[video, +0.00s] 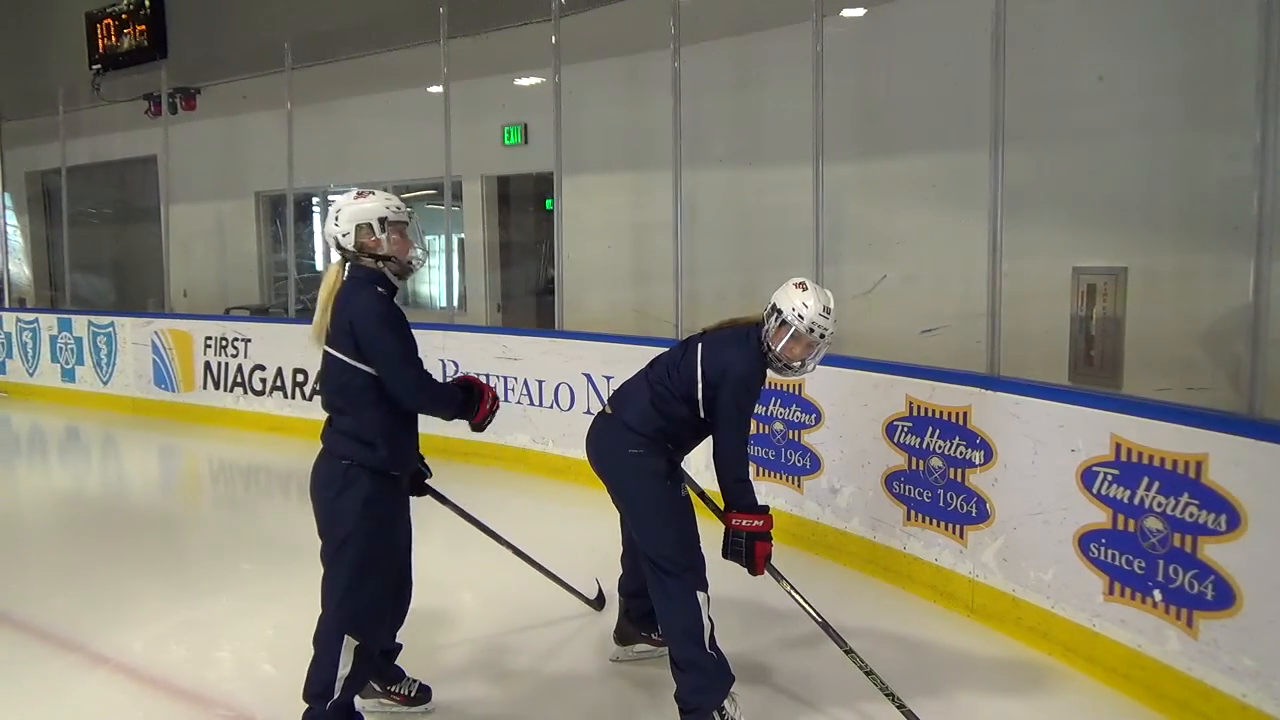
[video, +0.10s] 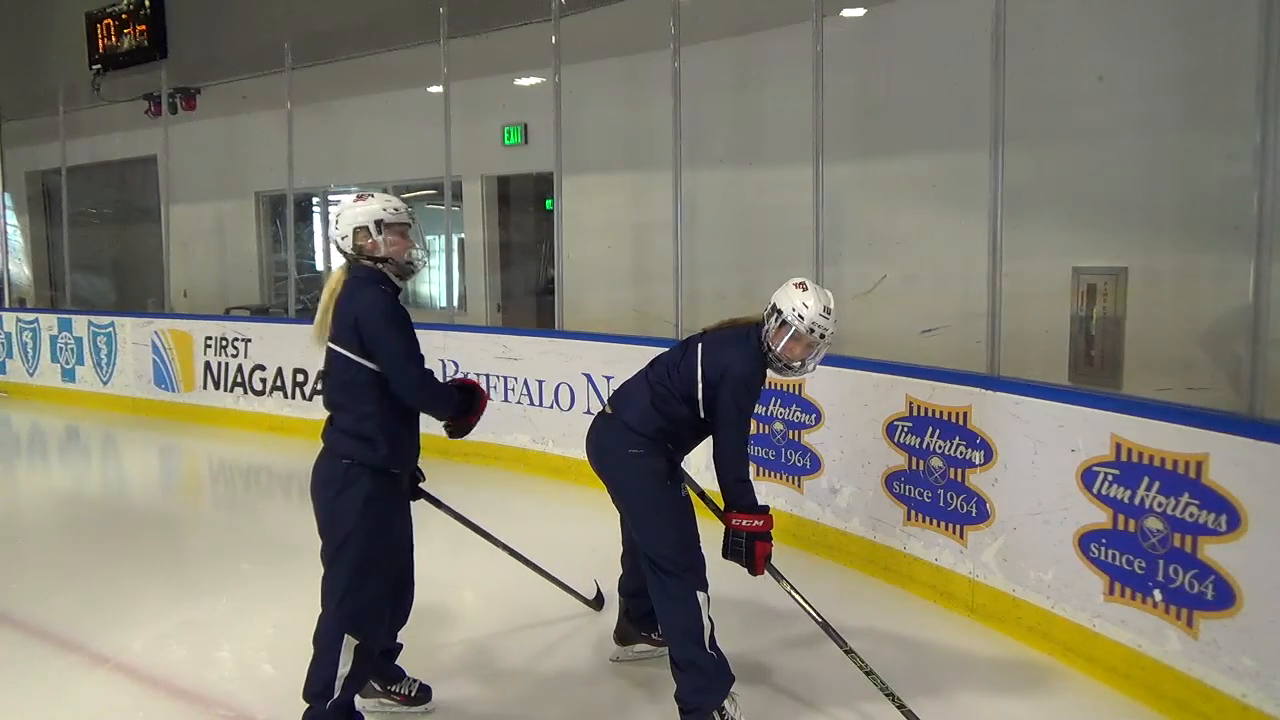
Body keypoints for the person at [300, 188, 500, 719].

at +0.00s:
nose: (409, 239)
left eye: (406, 229)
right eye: (397, 230)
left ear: (372, 239)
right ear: (367, 239)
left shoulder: (359, 293)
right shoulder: (368, 300)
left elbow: (368, 394)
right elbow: (410, 387)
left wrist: (404, 460)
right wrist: (466, 396)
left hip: (371, 469)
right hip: (356, 474)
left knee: (387, 579)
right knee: (353, 596)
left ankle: (377, 670)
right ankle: (328, 706)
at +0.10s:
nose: (410, 242)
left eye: (409, 232)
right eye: (399, 232)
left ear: (373, 240)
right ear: (368, 239)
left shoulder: (359, 291)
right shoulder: (372, 297)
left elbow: (367, 393)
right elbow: (413, 385)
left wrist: (398, 464)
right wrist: (462, 398)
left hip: (370, 468)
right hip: (357, 473)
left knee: (390, 579)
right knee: (353, 594)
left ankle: (377, 668)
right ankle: (328, 705)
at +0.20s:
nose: (408, 242)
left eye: (410, 232)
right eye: (395, 233)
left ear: (411, 239)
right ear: (364, 241)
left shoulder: (362, 293)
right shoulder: (372, 297)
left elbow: (365, 393)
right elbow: (410, 384)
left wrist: (397, 465)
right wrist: (455, 403)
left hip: (372, 467)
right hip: (357, 472)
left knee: (390, 578)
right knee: (353, 594)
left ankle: (378, 669)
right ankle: (329, 706)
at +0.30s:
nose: (407, 244)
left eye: (409, 234)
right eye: (394, 234)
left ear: (412, 239)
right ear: (364, 242)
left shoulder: (366, 294)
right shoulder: (369, 298)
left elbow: (365, 394)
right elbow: (407, 386)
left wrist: (399, 463)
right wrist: (455, 400)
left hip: (374, 468)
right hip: (355, 472)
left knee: (391, 579)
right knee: (353, 595)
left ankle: (378, 670)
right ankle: (329, 707)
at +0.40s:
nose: (405, 244)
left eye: (408, 234)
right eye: (392, 235)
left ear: (412, 239)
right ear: (362, 242)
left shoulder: (364, 294)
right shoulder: (366, 299)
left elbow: (367, 393)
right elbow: (405, 388)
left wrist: (401, 461)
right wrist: (455, 399)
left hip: (373, 468)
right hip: (354, 472)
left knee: (391, 578)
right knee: (353, 594)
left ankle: (377, 669)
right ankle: (328, 707)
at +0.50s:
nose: (403, 245)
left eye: (406, 235)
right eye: (391, 235)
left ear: (407, 239)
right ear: (360, 241)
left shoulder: (363, 295)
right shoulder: (363, 299)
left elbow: (367, 394)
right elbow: (401, 388)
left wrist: (401, 460)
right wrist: (452, 401)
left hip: (373, 468)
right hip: (352, 472)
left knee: (390, 578)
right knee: (351, 594)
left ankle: (377, 668)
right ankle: (327, 707)